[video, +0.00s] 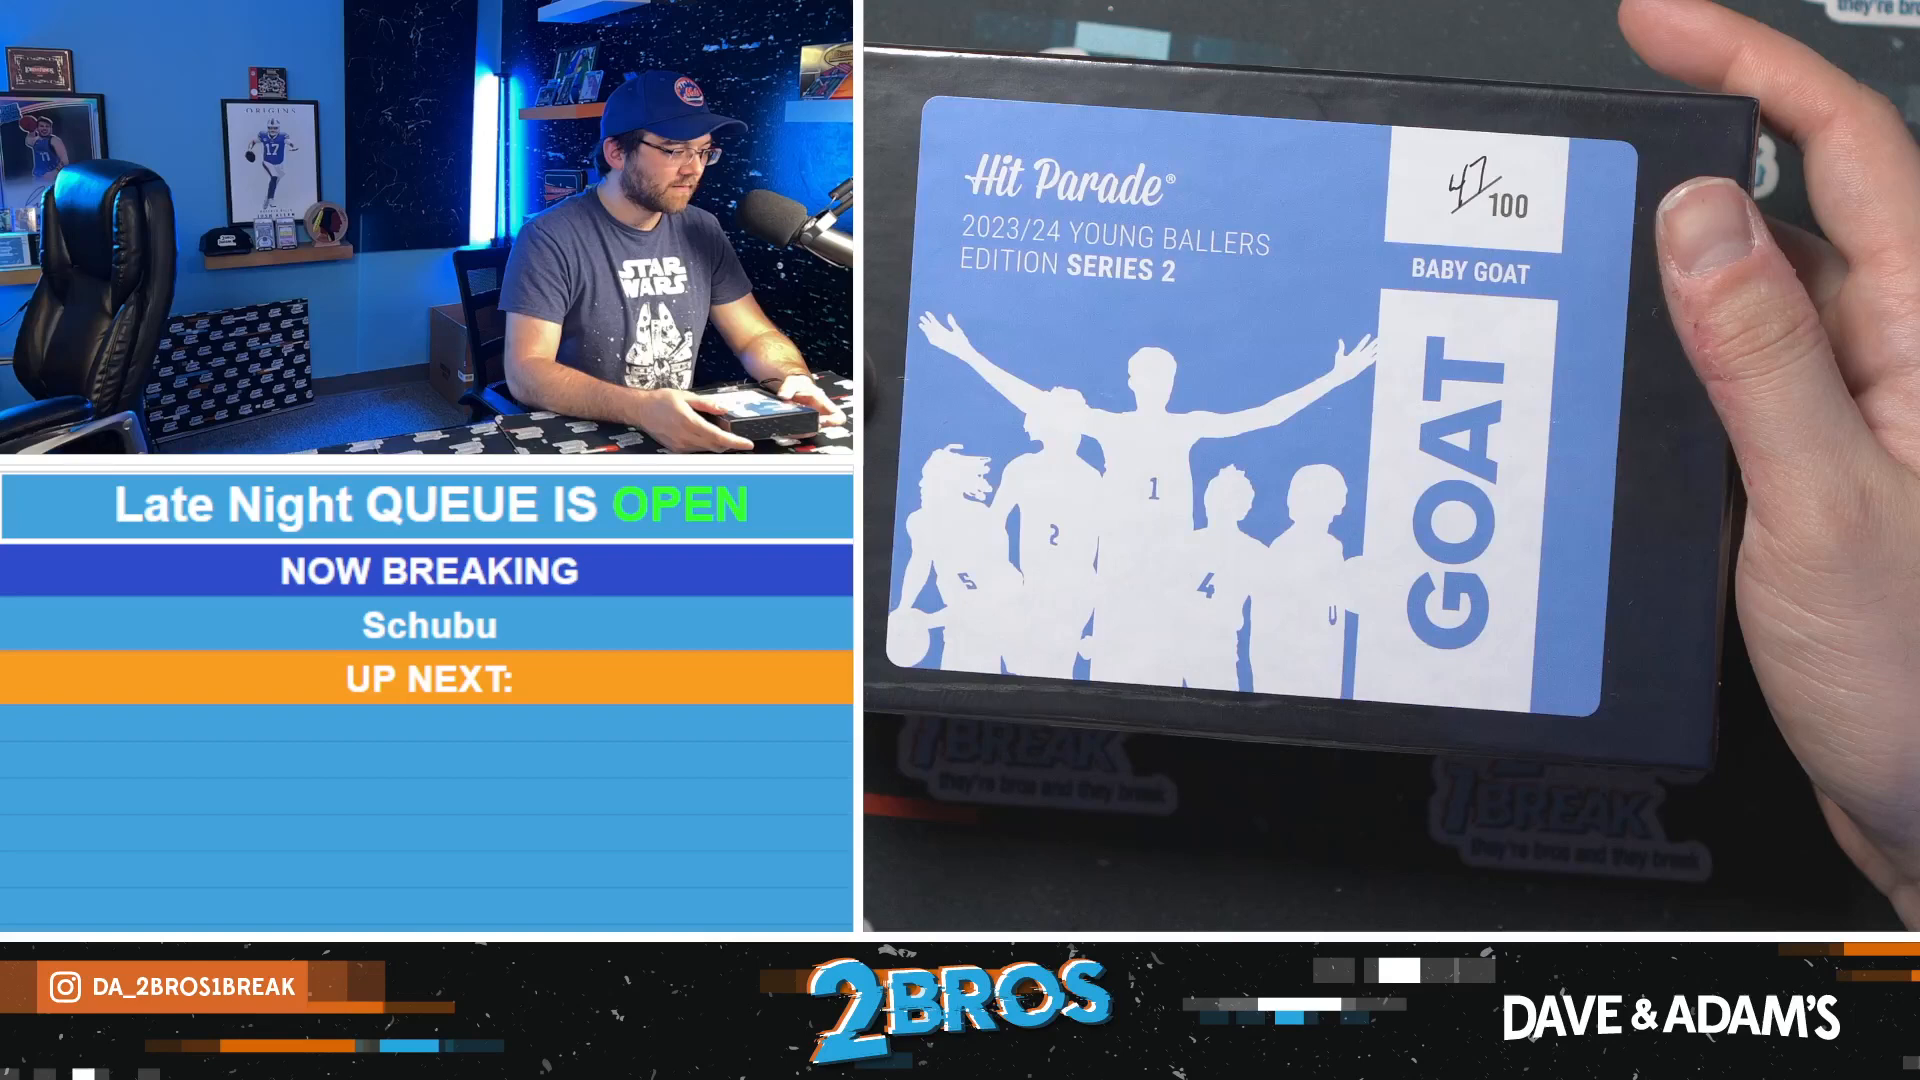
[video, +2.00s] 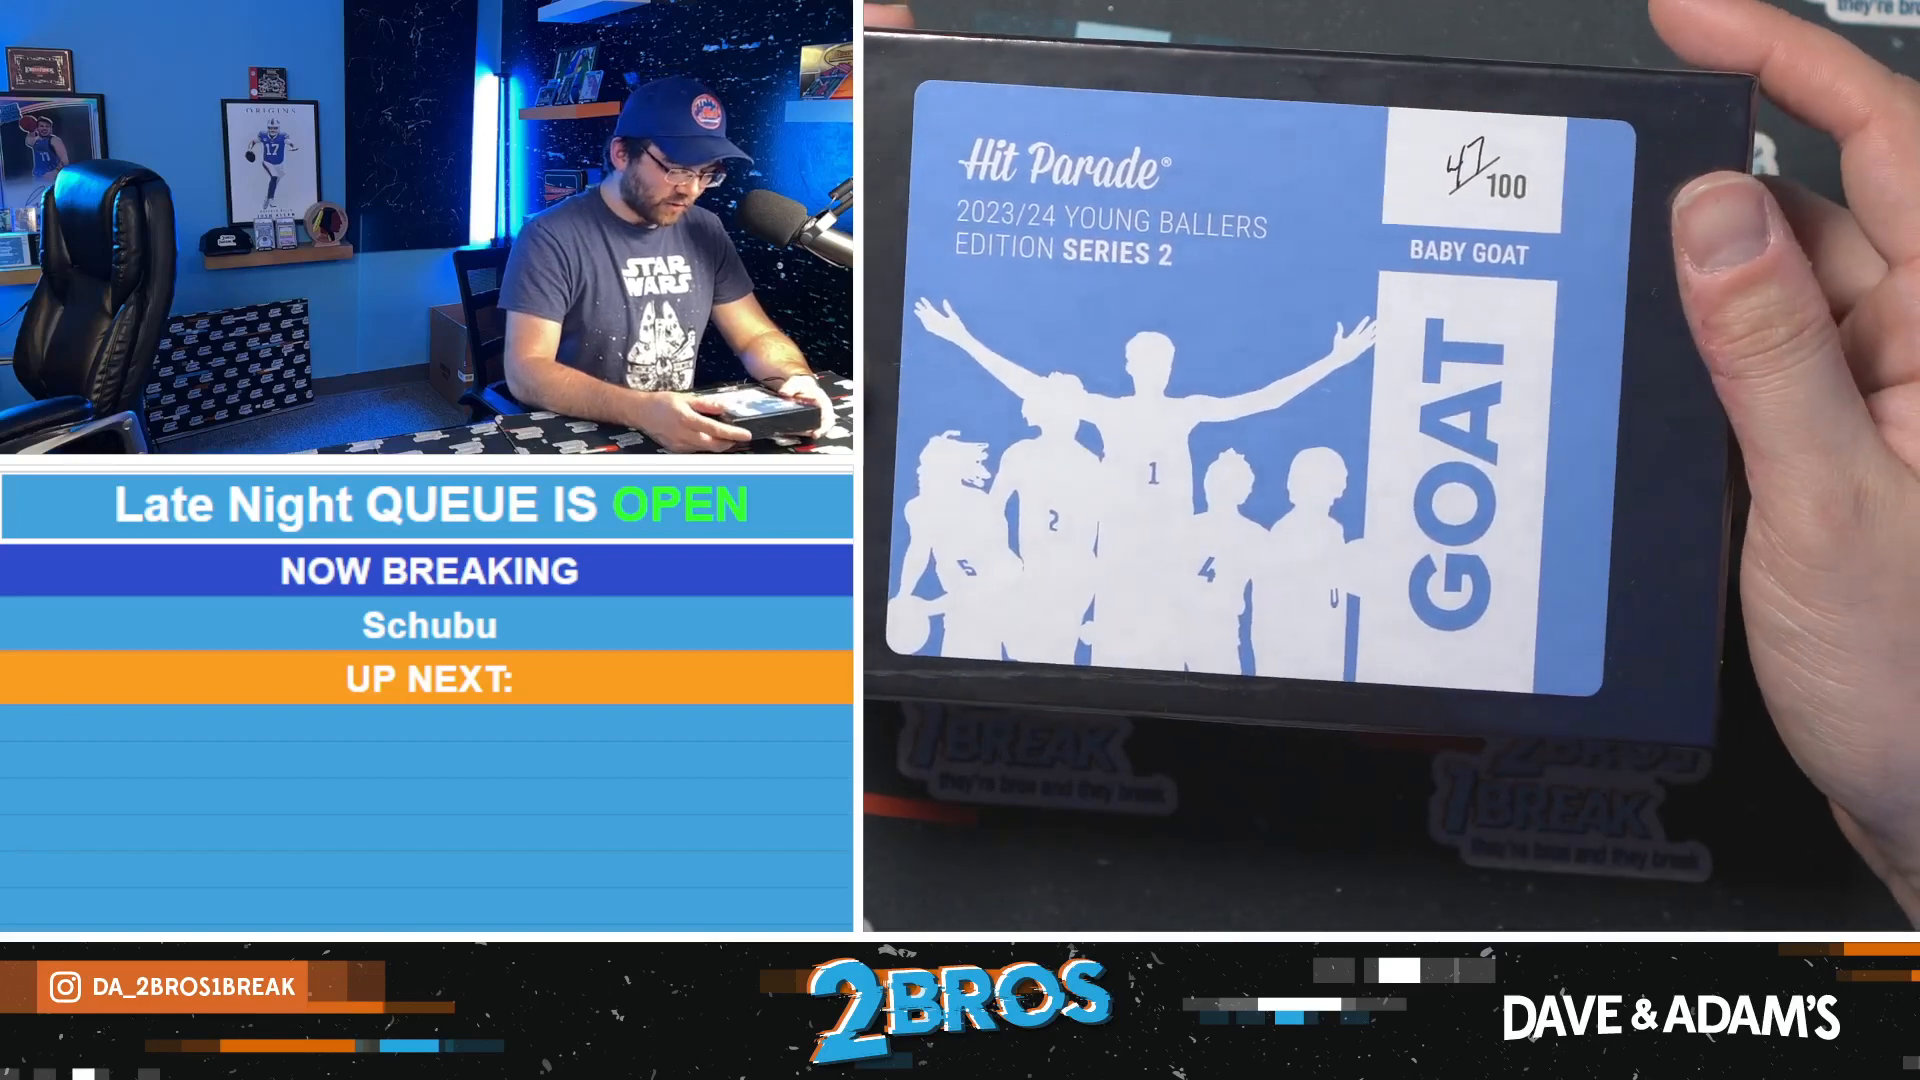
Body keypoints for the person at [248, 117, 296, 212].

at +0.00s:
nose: (273, 130)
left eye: (275, 128)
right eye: (271, 128)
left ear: (278, 128)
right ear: (268, 128)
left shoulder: (283, 136)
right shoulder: (263, 136)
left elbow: (290, 143)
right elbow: (253, 141)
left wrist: (292, 147)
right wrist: (250, 149)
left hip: (279, 164)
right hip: (267, 162)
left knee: (276, 182)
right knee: (274, 176)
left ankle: (267, 200)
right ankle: (270, 199)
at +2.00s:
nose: (273, 130)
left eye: (275, 128)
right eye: (271, 128)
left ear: (278, 128)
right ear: (268, 128)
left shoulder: (283, 136)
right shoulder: (263, 136)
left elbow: (290, 142)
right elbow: (253, 141)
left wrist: (292, 147)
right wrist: (250, 149)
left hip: (279, 164)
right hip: (267, 162)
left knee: (275, 182)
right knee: (274, 176)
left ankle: (267, 199)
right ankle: (270, 199)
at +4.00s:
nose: (273, 130)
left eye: (275, 128)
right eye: (271, 128)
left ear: (278, 128)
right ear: (268, 128)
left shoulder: (283, 136)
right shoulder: (263, 136)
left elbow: (290, 143)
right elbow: (253, 141)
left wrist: (292, 147)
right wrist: (250, 149)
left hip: (279, 164)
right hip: (267, 162)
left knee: (276, 182)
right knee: (274, 176)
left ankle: (267, 200)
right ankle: (270, 199)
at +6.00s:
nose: (273, 130)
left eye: (275, 128)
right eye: (271, 128)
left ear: (278, 128)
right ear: (268, 128)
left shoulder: (283, 136)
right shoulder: (263, 136)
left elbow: (290, 142)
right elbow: (254, 141)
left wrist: (292, 147)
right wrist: (250, 148)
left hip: (279, 164)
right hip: (267, 162)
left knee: (275, 182)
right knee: (274, 176)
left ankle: (267, 200)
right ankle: (270, 199)